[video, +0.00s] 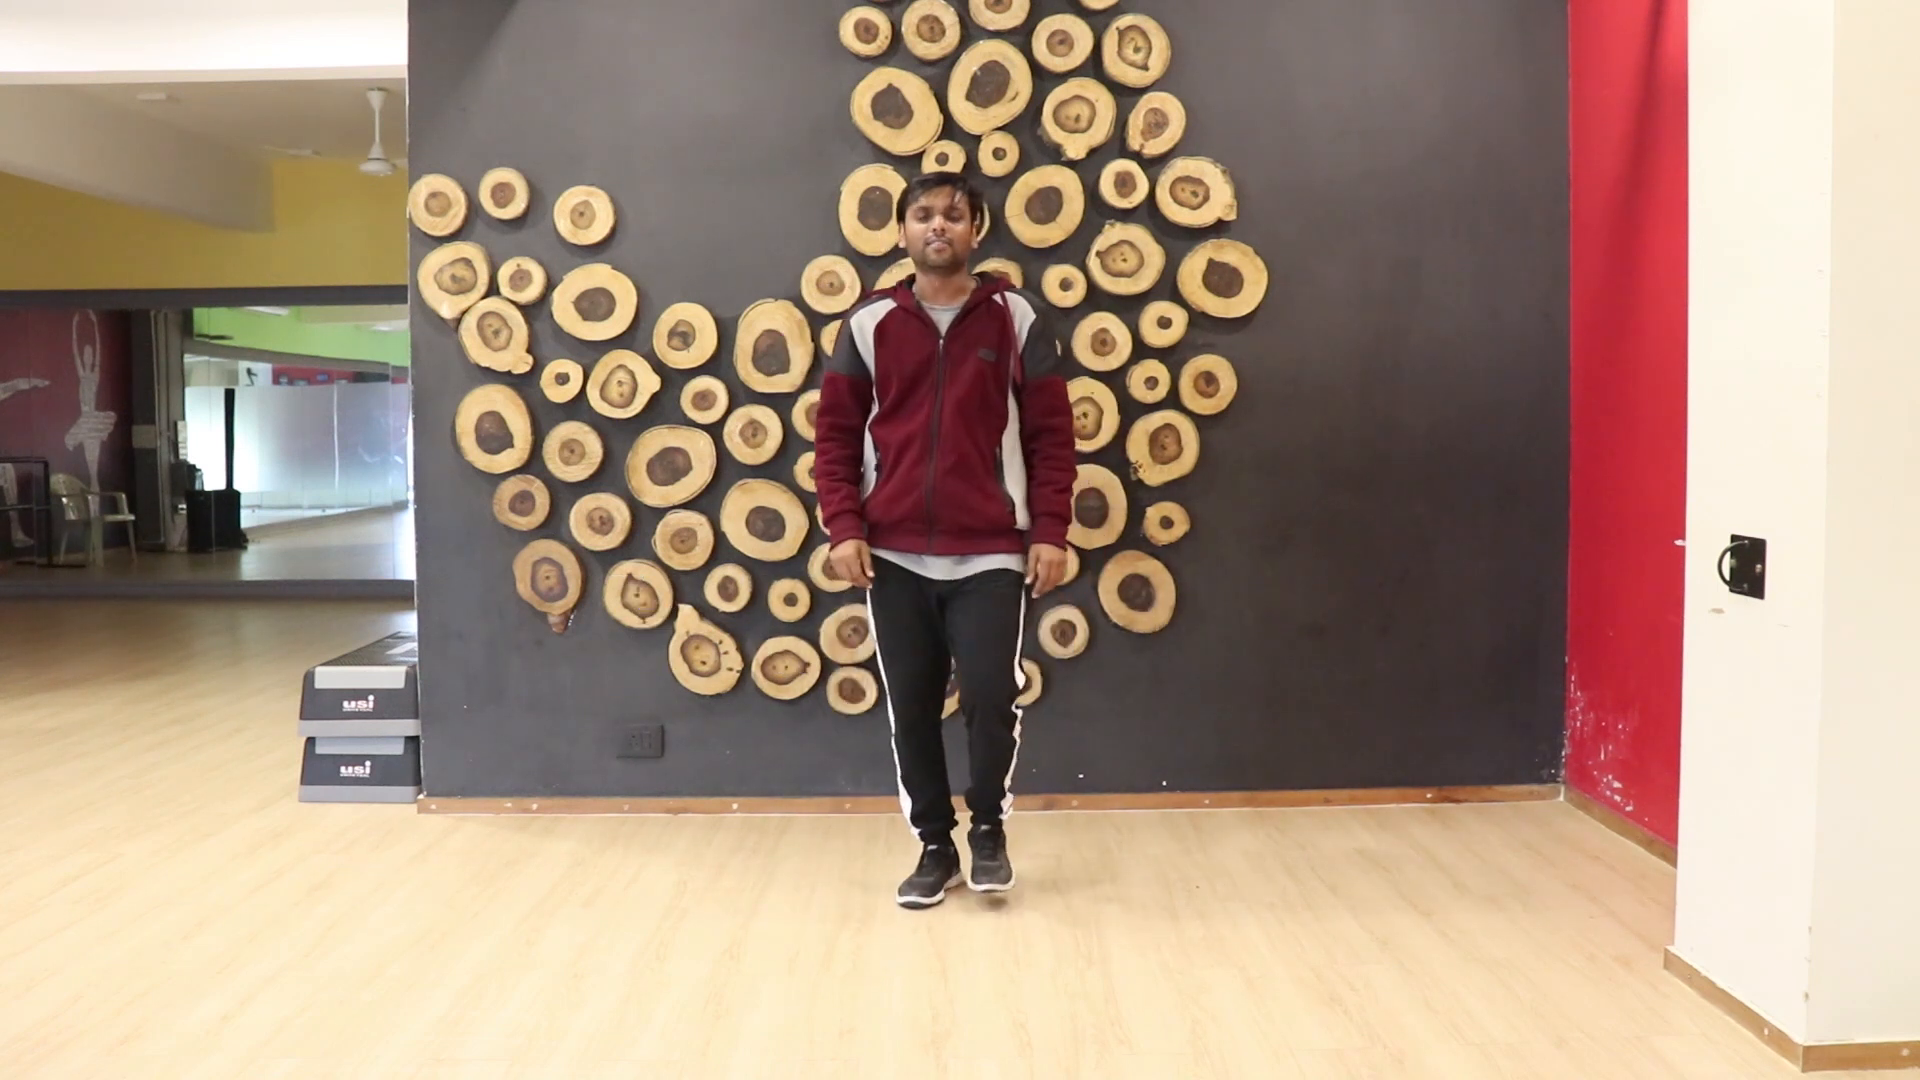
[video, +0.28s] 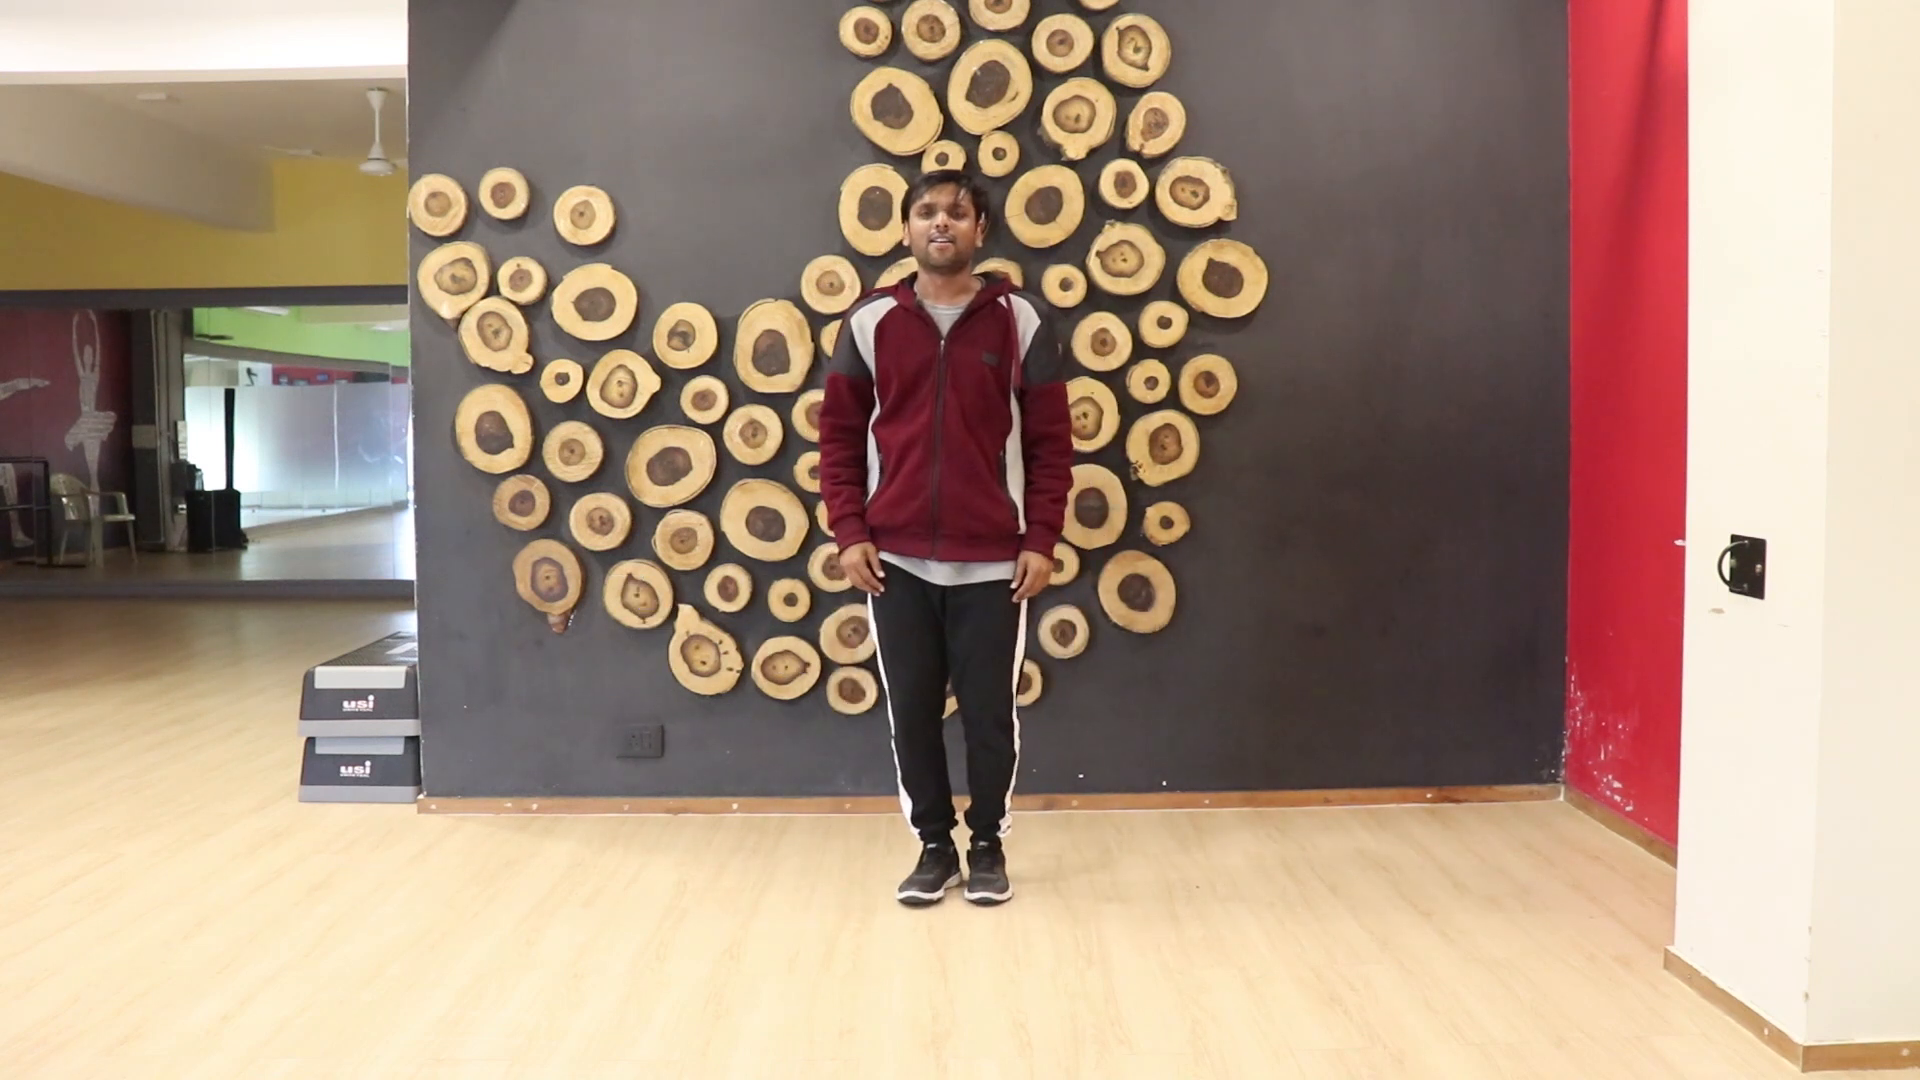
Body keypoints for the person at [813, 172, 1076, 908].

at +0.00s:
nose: (939, 226)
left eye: (953, 215)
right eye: (924, 215)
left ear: (976, 232)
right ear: (903, 233)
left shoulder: (1016, 317)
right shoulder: (867, 324)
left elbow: (1049, 430)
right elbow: (836, 433)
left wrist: (1050, 529)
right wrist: (842, 526)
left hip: (991, 549)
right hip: (894, 551)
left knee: (989, 693)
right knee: (910, 705)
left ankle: (988, 830)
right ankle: (933, 847)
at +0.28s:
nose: (942, 222)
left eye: (957, 212)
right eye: (928, 212)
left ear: (981, 232)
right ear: (907, 232)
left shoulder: (1019, 319)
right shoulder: (868, 322)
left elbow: (1049, 437)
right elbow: (839, 434)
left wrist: (1041, 540)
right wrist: (848, 532)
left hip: (990, 554)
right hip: (896, 553)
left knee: (988, 708)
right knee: (910, 710)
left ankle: (987, 846)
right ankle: (934, 847)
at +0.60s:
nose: (938, 234)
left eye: (954, 222)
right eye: (924, 222)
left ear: (979, 238)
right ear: (904, 238)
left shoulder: (1022, 330)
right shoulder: (864, 333)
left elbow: (1060, 447)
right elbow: (836, 444)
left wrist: (1052, 548)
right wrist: (830, 536)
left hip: (989, 567)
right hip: (892, 566)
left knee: (983, 717)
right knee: (906, 721)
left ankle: (979, 835)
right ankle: (934, 846)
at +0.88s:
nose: (955, 227)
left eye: (971, 214)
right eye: (939, 214)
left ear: (993, 233)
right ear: (913, 232)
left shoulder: (1021, 316)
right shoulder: (884, 310)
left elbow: (1019, 419)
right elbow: (871, 404)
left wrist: (915, 367)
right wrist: (982, 337)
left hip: (1006, 567)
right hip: (908, 568)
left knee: (1018, 747)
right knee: (913, 742)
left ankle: (1023, 929)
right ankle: (939, 836)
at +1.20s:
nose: (965, 211)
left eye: (981, 199)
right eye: (946, 198)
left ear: (1001, 220)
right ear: (914, 215)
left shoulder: (1044, 312)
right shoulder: (864, 306)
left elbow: (1161, 351)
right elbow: (776, 375)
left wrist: (1087, 279)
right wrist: (804, 301)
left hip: (1002, 572)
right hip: (894, 563)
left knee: (1030, 762)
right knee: (923, 717)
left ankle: (1033, 941)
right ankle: (884, 882)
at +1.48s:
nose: (923, 231)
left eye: (928, 216)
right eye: (903, 216)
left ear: (931, 225)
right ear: (850, 227)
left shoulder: (917, 314)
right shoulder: (836, 327)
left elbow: (947, 387)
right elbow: (878, 414)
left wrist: (942, 318)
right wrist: (895, 309)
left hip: (993, 602)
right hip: (893, 611)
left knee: (1068, 773)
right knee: (820, 781)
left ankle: (1043, 940)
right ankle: (697, 928)